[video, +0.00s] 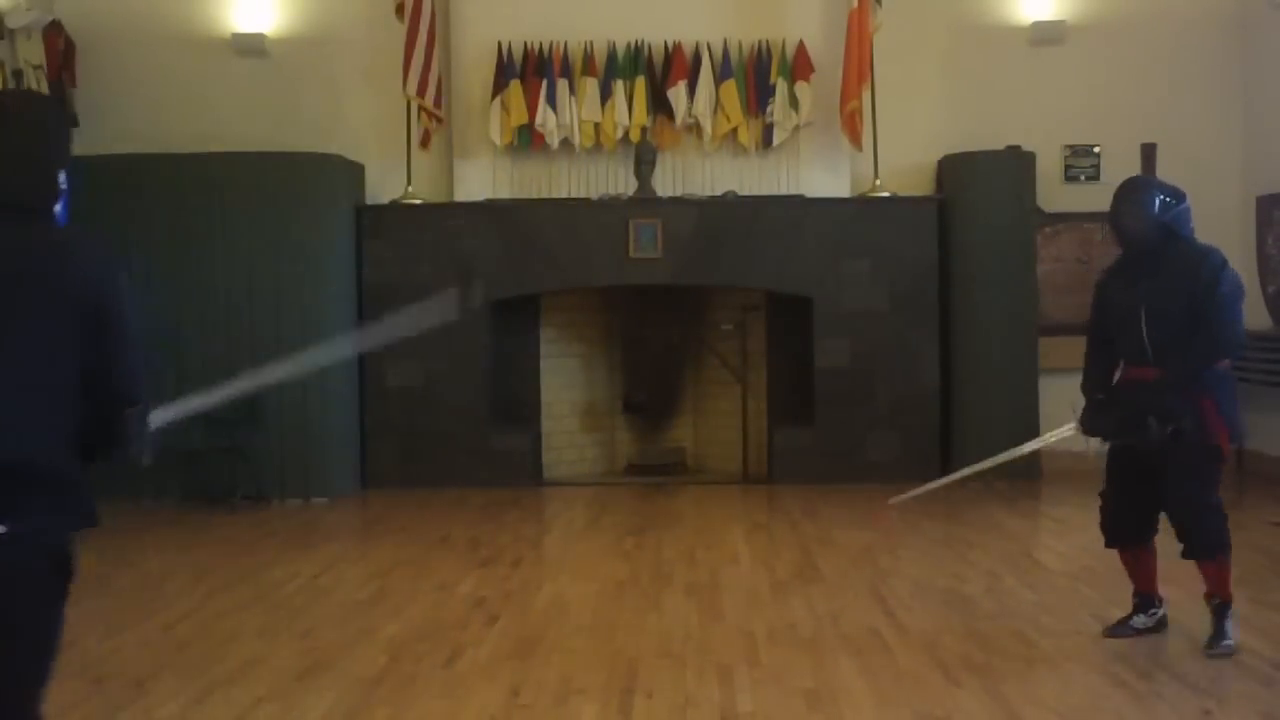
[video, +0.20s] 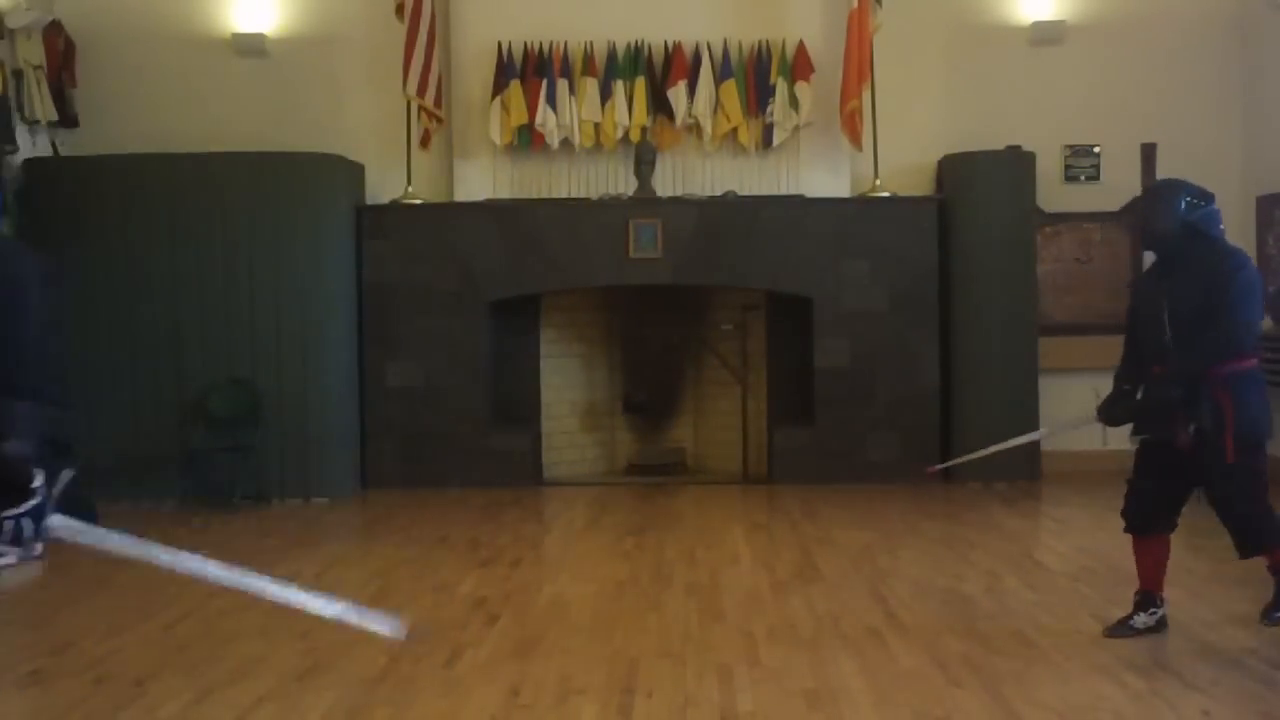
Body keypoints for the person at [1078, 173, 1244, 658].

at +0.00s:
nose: (1124, 230)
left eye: (1133, 219)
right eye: (1119, 220)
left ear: (1161, 216)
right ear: (1116, 224)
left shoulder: (1205, 267)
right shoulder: (1115, 279)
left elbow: (1223, 345)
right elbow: (1099, 350)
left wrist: (1170, 397)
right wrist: (1097, 402)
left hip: (1195, 415)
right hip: (1134, 415)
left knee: (1198, 512)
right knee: (1125, 512)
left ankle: (1221, 613)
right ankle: (1147, 607)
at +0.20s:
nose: (1145, 230)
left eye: (1152, 219)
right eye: (1144, 221)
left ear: (1180, 217)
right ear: (1153, 224)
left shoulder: (1230, 266)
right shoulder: (1152, 280)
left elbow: (1237, 343)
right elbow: (1137, 346)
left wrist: (1179, 380)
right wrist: (1123, 392)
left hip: (1230, 404)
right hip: (1171, 405)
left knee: (1241, 500)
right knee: (1147, 502)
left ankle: (1279, 577)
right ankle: (1149, 605)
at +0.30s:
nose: (1169, 230)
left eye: (1176, 219)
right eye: (1168, 220)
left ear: (1202, 218)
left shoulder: (1252, 273)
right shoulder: (1179, 280)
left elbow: (1256, 353)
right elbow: (1163, 344)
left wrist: (1195, 399)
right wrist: (1147, 390)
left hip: (1253, 416)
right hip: (1194, 416)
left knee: (1268, 520)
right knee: (1167, 508)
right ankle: (1152, 603)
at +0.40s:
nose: (1191, 229)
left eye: (1200, 219)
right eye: (1190, 219)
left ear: (1224, 219)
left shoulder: (1261, 272)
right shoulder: (1198, 276)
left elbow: (1261, 347)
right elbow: (1183, 345)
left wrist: (1206, 396)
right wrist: (1171, 393)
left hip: (1259, 420)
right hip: (1208, 417)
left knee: (1272, 519)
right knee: (1189, 507)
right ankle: (1166, 595)